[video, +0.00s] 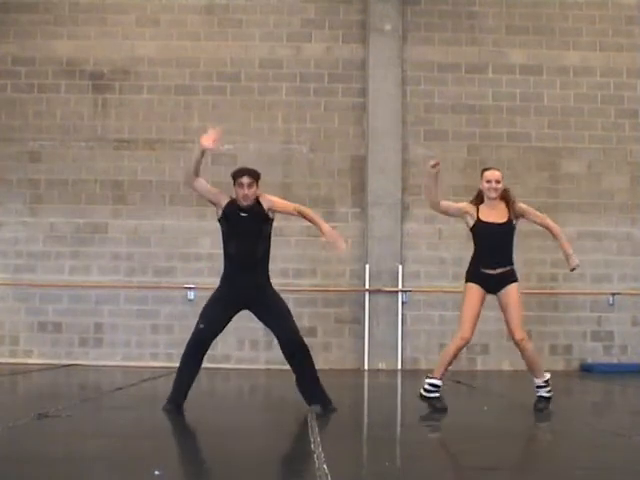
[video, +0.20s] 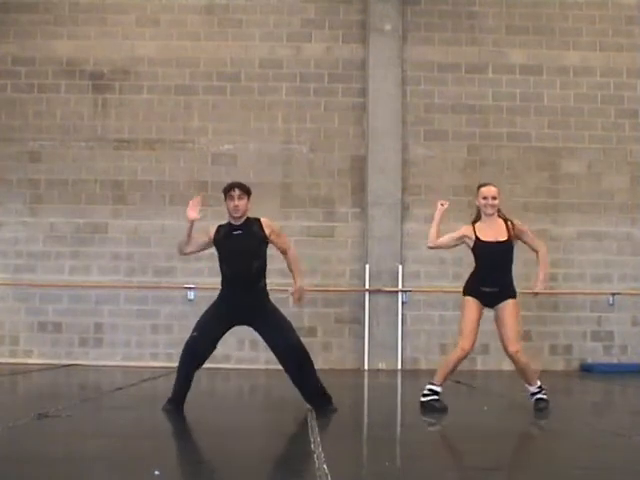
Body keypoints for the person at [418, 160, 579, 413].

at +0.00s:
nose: (493, 185)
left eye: (497, 181)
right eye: (488, 181)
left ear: (503, 185)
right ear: (481, 185)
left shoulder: (514, 208)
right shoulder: (470, 210)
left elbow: (546, 222)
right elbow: (435, 203)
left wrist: (569, 252)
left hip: (506, 277)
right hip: (477, 277)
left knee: (519, 337)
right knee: (464, 336)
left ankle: (542, 384)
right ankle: (432, 384)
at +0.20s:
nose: (490, 202)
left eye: (494, 198)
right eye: (485, 198)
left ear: (500, 201)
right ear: (477, 201)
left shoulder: (512, 227)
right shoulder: (470, 231)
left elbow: (541, 249)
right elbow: (433, 243)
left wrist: (541, 279)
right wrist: (438, 213)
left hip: (505, 292)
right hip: (475, 292)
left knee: (513, 350)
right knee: (465, 347)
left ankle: (537, 391)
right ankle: (432, 390)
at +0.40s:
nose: (496, 193)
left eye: (500, 189)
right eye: (491, 189)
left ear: (506, 192)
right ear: (484, 192)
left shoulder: (512, 218)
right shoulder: (474, 215)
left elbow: (541, 211)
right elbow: (440, 211)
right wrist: (412, 202)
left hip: (503, 284)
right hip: (474, 283)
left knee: (528, 337)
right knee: (450, 336)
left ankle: (536, 391)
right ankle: (425, 390)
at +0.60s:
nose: (504, 201)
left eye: (507, 197)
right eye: (499, 197)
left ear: (512, 199)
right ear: (489, 200)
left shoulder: (519, 230)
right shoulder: (478, 221)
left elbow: (554, 234)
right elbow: (439, 229)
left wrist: (546, 208)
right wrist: (409, 239)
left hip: (509, 290)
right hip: (480, 289)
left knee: (531, 345)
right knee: (453, 341)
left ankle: (533, 391)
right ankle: (423, 390)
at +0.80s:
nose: (503, 205)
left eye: (508, 200)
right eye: (499, 202)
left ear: (518, 204)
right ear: (496, 207)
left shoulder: (522, 231)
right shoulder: (492, 229)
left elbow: (500, 227)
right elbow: (458, 229)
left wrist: (492, 197)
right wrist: (432, 225)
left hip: (506, 293)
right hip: (481, 292)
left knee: (519, 354)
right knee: (454, 342)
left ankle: (533, 392)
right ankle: (422, 390)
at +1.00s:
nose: (487, 216)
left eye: (490, 212)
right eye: (487, 212)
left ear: (504, 213)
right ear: (505, 215)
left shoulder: (496, 238)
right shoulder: (512, 240)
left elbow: (454, 244)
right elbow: (482, 259)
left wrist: (466, 214)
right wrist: (457, 250)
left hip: (494, 302)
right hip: (482, 301)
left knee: (505, 363)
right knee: (448, 340)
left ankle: (542, 386)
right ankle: (423, 388)